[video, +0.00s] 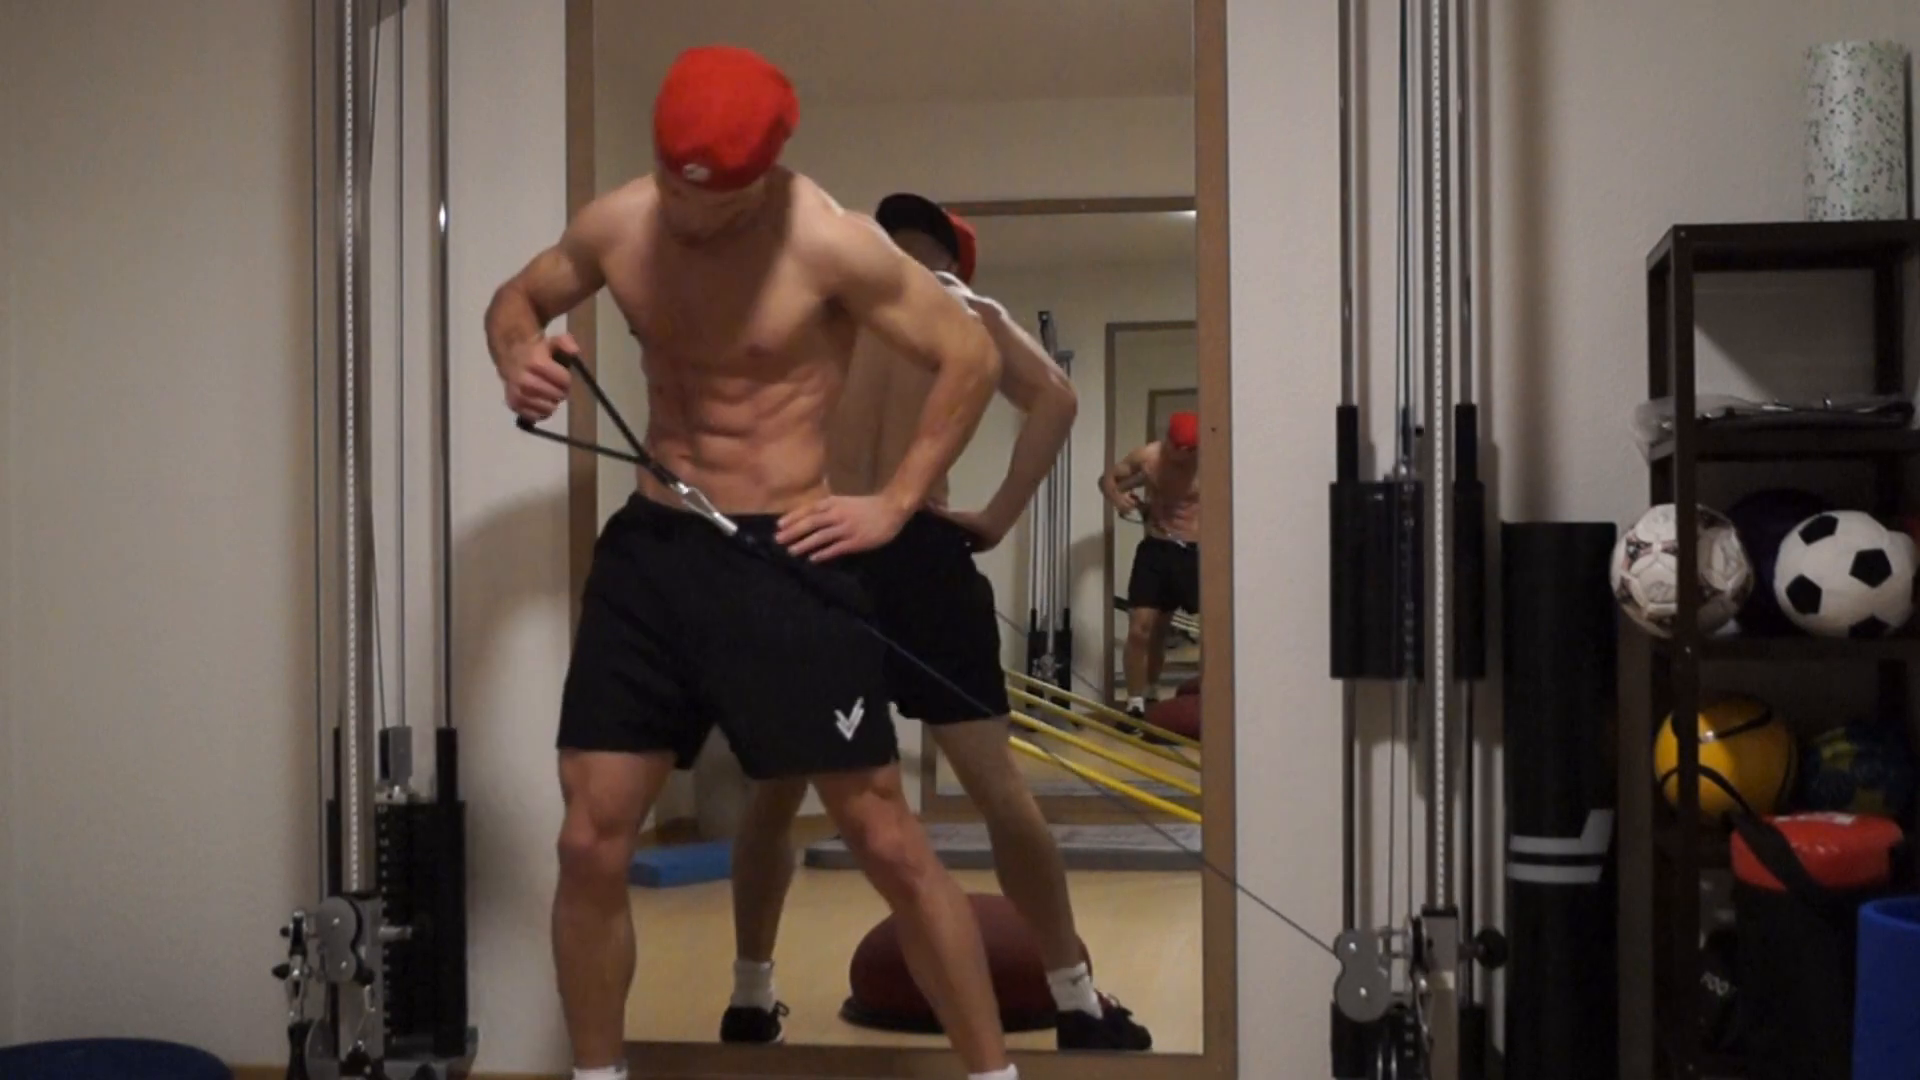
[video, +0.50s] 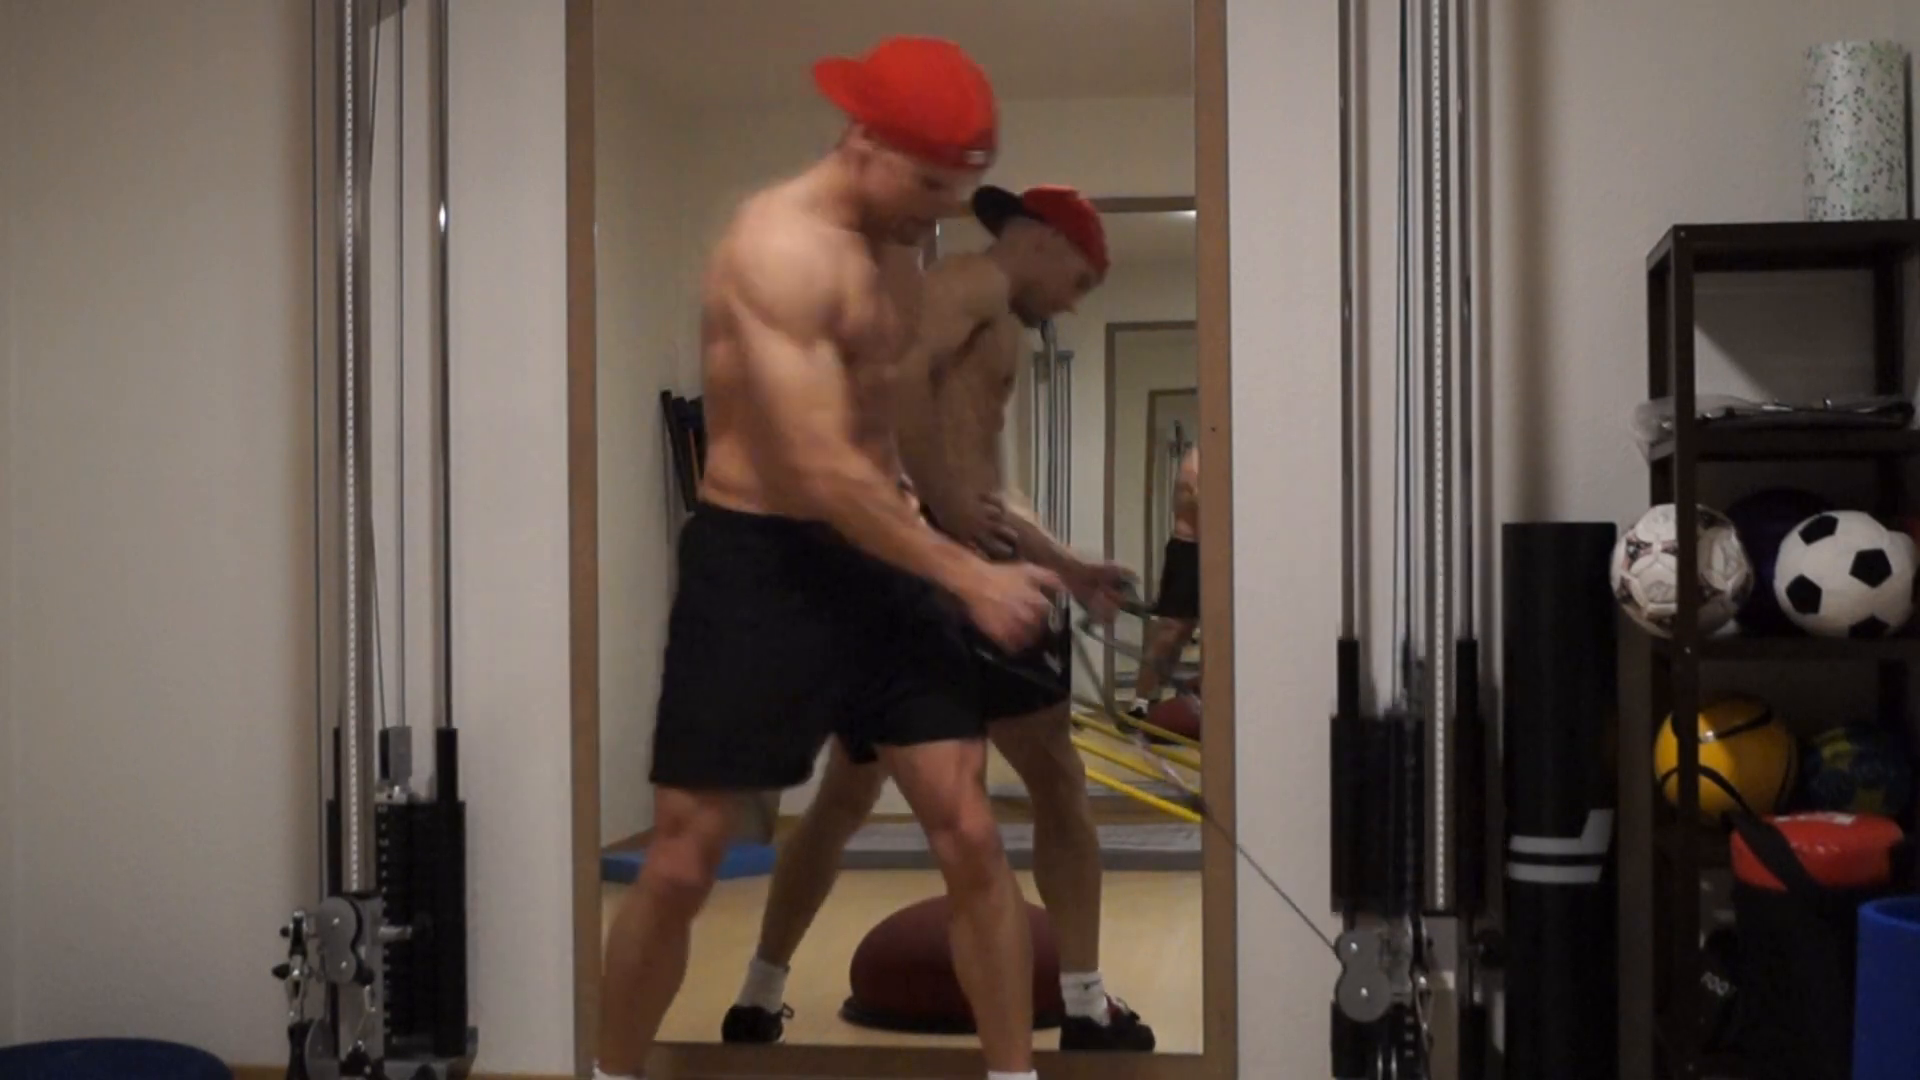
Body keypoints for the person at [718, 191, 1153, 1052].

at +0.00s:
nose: (950, 278)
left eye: (934, 265)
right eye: (956, 266)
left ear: (865, 242)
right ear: (954, 260)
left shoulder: (811, 298)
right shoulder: (970, 312)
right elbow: (1052, 394)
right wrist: (997, 517)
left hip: (802, 569)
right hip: (921, 561)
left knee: (773, 797)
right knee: (1001, 791)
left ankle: (751, 995)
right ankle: (1078, 1000)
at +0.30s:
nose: (1000, 282)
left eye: (1000, 272)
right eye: (999, 268)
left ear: (907, 237)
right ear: (982, 249)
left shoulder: (848, 290)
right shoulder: (985, 280)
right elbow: (1005, 359)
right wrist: (1035, 474)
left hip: (844, 547)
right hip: (954, 540)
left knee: (814, 790)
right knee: (1038, 775)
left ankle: (755, 996)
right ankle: (1082, 1004)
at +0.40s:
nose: (1033, 299)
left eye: (1040, 287)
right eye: (1038, 279)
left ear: (968, 236)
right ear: (1010, 246)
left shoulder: (887, 281)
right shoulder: (982, 281)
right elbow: (967, 415)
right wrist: (1005, 513)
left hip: (865, 537)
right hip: (954, 540)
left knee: (829, 792)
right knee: (1051, 780)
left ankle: (758, 996)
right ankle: (1083, 1005)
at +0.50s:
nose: (1077, 302)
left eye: (1086, 288)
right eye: (1082, 280)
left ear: (1044, 252)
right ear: (1044, 245)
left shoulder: (998, 331)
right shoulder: (972, 282)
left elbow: (972, 489)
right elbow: (887, 383)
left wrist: (1066, 565)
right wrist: (938, 503)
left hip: (940, 572)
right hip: (930, 572)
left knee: (841, 798)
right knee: (1060, 787)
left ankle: (761, 993)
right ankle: (1085, 1005)